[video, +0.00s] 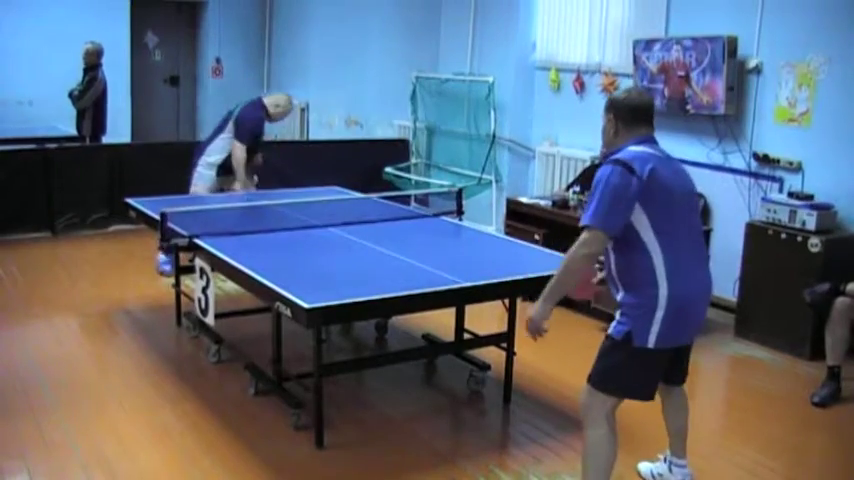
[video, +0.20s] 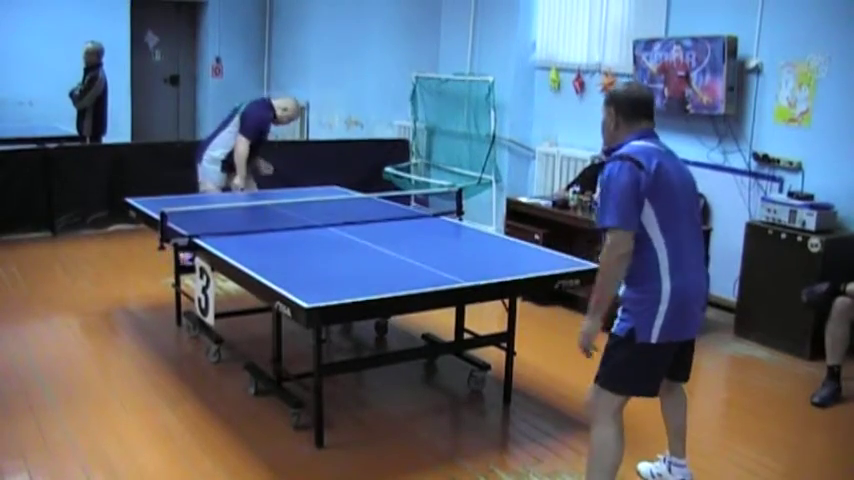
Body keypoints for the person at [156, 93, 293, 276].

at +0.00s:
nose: (280, 119)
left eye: (283, 116)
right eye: (282, 115)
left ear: (274, 104)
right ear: (276, 108)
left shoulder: (257, 112)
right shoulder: (251, 114)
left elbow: (252, 140)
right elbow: (238, 150)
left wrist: (255, 155)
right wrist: (241, 181)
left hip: (228, 163)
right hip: (209, 163)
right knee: (195, 207)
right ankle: (167, 251)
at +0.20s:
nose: (285, 123)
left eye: (289, 120)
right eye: (288, 119)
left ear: (284, 107)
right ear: (284, 110)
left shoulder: (265, 113)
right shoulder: (259, 111)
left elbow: (249, 145)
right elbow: (241, 144)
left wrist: (257, 162)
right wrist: (241, 176)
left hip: (233, 161)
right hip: (213, 161)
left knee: (253, 200)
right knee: (212, 205)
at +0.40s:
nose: (288, 123)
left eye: (291, 121)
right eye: (290, 119)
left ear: (286, 109)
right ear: (287, 111)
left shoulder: (269, 118)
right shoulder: (257, 111)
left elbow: (264, 152)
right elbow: (240, 143)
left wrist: (278, 173)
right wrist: (245, 175)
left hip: (242, 160)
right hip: (218, 161)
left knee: (263, 195)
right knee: (216, 203)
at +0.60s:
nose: (300, 116)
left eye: (304, 113)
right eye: (303, 112)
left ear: (300, 103)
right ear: (300, 104)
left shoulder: (285, 114)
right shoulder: (273, 107)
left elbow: (278, 151)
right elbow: (255, 137)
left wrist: (279, 178)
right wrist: (249, 170)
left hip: (259, 163)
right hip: (235, 160)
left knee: (272, 201)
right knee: (229, 204)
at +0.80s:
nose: (312, 104)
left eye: (316, 101)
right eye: (315, 99)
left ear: (312, 91)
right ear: (313, 93)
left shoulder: (297, 101)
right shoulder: (288, 97)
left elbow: (288, 137)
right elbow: (273, 130)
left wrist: (290, 164)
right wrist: (270, 163)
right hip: (255, 150)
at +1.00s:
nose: (320, 97)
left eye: (323, 94)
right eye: (323, 93)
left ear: (310, 80)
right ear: (320, 87)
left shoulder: (290, 89)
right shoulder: (304, 95)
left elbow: (292, 129)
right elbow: (300, 133)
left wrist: (305, 156)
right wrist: (304, 169)